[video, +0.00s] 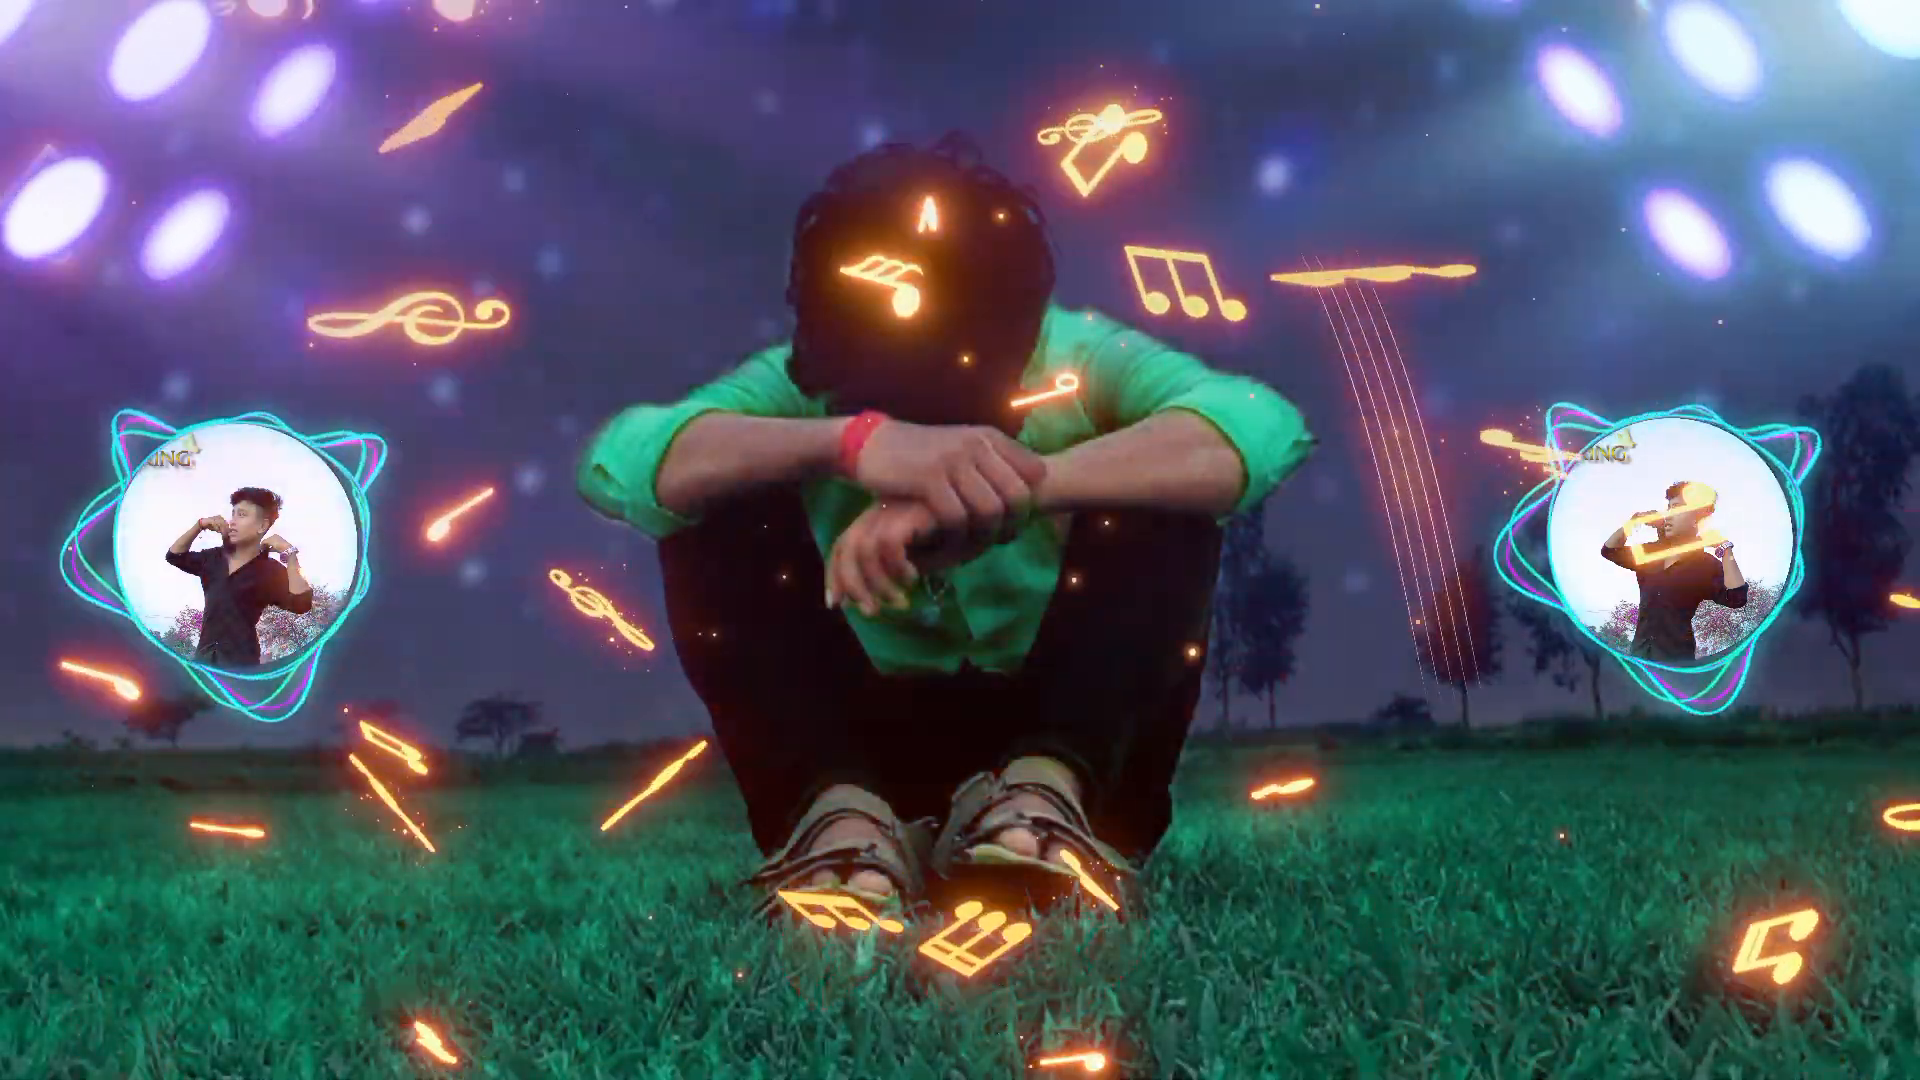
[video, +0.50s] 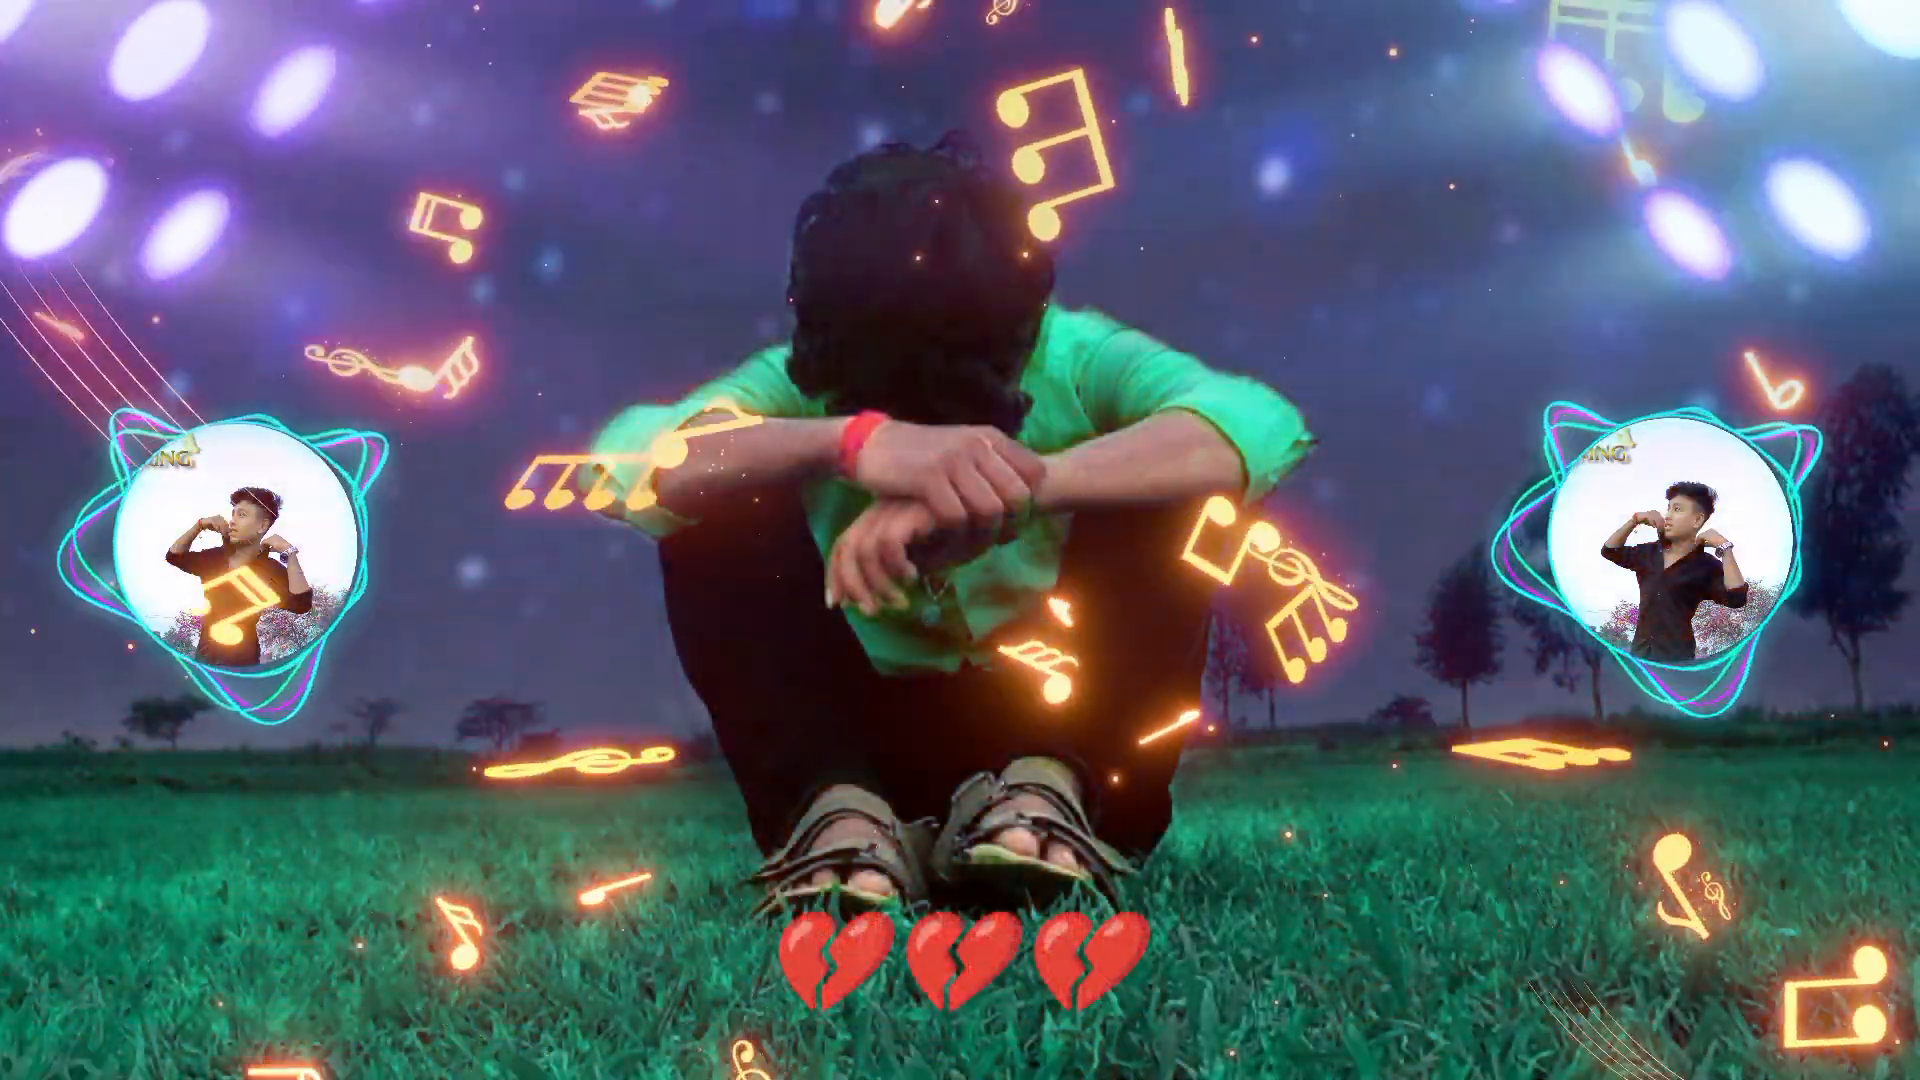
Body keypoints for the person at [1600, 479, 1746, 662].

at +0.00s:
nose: (1667, 514)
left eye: (1676, 507)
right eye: (1668, 507)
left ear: (1698, 513)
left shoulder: (1704, 563)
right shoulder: (1648, 553)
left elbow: (1737, 600)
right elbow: (1609, 551)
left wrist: (1726, 551)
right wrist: (1631, 525)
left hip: (1677, 655)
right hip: (1640, 652)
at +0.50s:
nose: (1667, 515)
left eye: (1677, 509)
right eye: (1668, 509)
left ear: (1698, 519)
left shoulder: (1705, 565)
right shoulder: (1648, 553)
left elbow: (1737, 600)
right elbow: (1609, 551)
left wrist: (1725, 548)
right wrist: (1633, 522)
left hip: (1678, 659)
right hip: (1640, 654)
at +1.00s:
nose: (1668, 515)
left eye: (1678, 509)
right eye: (1669, 508)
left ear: (1699, 520)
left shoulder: (1705, 565)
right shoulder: (1648, 553)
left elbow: (1737, 600)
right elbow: (1609, 551)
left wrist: (1725, 548)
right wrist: (1633, 521)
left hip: (1678, 659)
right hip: (1640, 654)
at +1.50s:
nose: (1667, 515)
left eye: (1677, 509)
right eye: (1668, 508)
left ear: (1698, 519)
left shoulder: (1705, 565)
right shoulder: (1648, 553)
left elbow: (1737, 600)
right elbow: (1609, 551)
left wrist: (1724, 547)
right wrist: (1634, 521)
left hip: (1677, 660)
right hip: (1639, 655)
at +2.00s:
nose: (1667, 515)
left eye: (1677, 509)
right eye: (1669, 508)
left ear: (1698, 520)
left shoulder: (1706, 565)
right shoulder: (1648, 553)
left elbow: (1737, 600)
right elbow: (1610, 551)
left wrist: (1725, 547)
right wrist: (1634, 521)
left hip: (1677, 660)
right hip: (1639, 655)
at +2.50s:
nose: (1668, 516)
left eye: (1677, 509)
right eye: (1669, 509)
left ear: (1698, 519)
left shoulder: (1705, 565)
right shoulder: (1648, 553)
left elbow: (1737, 600)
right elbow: (1609, 551)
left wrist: (1725, 548)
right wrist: (1634, 521)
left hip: (1677, 659)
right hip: (1639, 654)